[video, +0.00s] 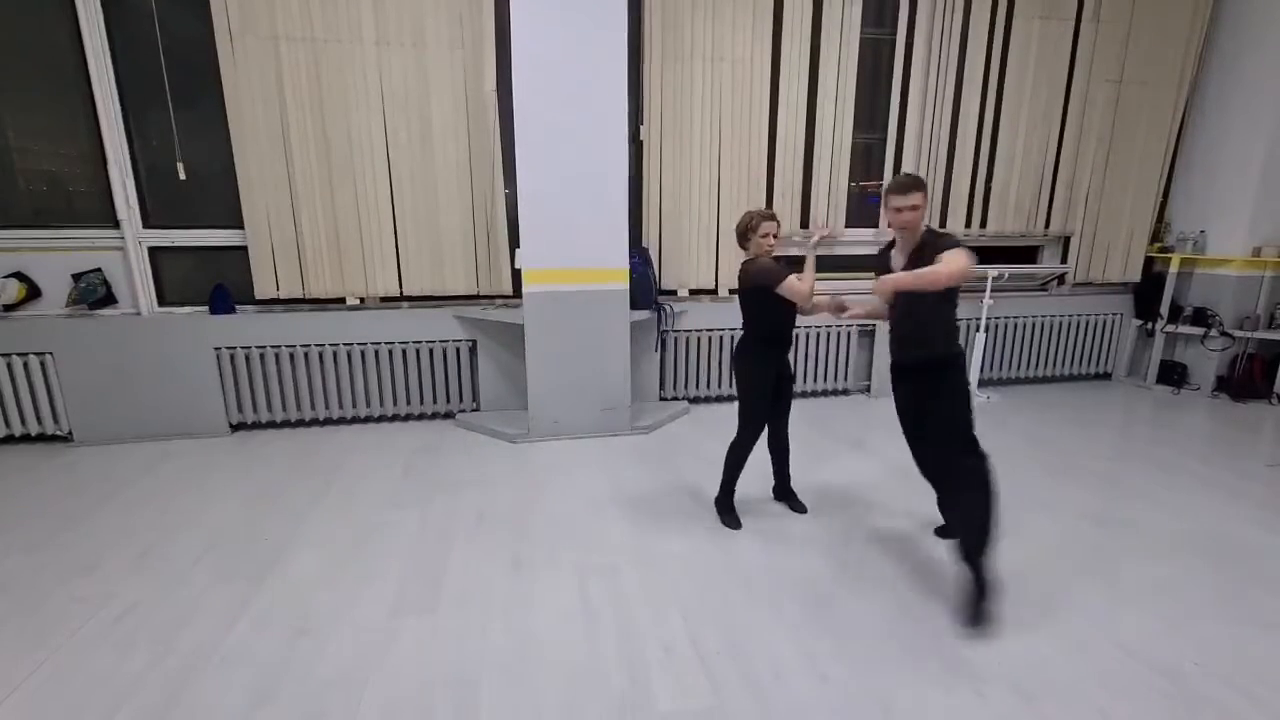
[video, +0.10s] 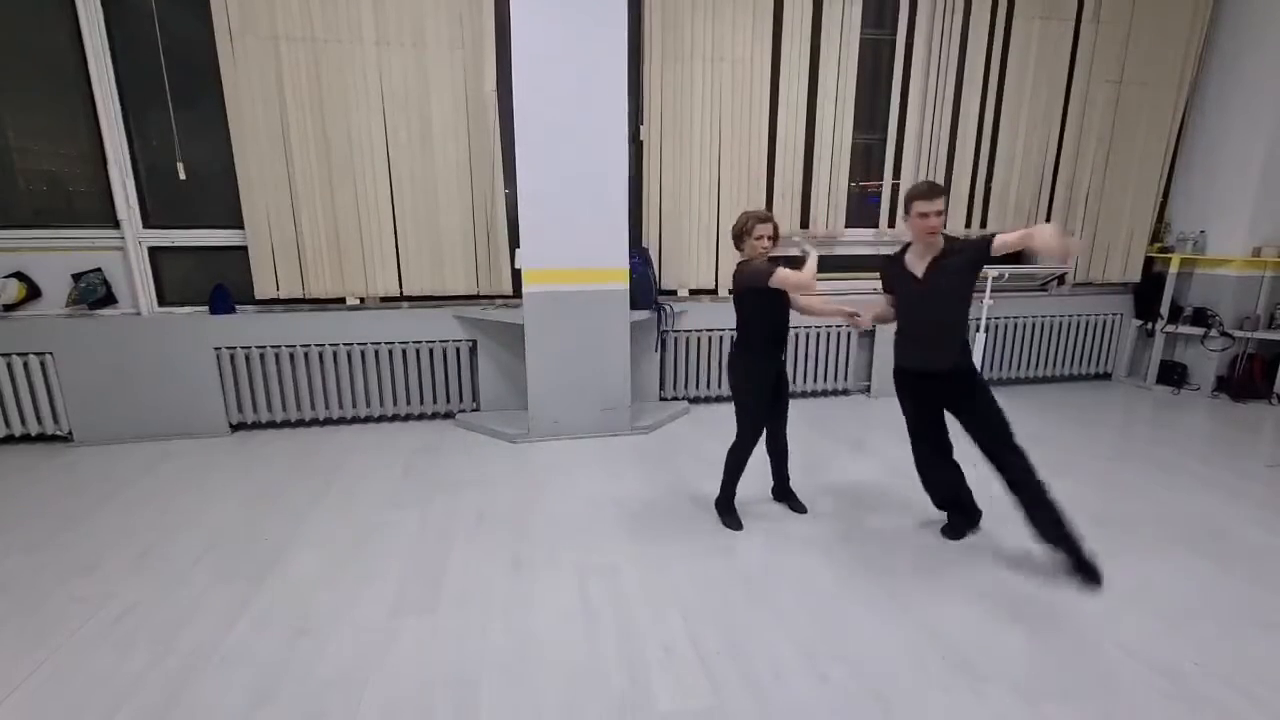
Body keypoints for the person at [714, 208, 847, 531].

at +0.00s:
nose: (772, 241)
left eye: (775, 236)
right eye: (765, 236)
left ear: (777, 237)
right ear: (748, 238)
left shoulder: (771, 267)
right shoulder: (757, 269)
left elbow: (798, 307)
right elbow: (805, 296)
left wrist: (829, 306)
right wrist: (812, 250)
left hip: (777, 360)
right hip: (754, 361)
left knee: (779, 429)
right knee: (749, 432)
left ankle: (783, 487)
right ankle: (724, 497)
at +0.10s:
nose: (767, 244)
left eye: (770, 238)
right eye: (759, 238)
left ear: (774, 240)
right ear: (742, 240)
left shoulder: (770, 273)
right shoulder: (747, 272)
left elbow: (803, 305)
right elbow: (807, 283)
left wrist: (845, 312)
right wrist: (813, 253)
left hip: (772, 364)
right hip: (748, 365)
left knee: (777, 431)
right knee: (749, 435)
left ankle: (781, 487)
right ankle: (725, 500)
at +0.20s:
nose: (762, 245)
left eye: (766, 238)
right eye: (755, 239)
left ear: (770, 238)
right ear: (737, 240)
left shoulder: (776, 273)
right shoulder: (729, 270)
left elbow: (818, 298)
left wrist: (864, 310)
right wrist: (799, 259)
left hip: (769, 361)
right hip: (738, 363)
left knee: (783, 427)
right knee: (741, 432)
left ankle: (777, 488)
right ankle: (724, 500)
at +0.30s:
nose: (760, 246)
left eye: (764, 239)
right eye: (752, 239)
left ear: (769, 241)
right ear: (735, 242)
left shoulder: (778, 273)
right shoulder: (724, 272)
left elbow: (826, 292)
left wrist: (871, 297)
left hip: (767, 363)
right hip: (731, 364)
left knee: (788, 429)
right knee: (734, 432)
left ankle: (765, 481)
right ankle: (724, 500)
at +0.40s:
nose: (764, 246)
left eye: (767, 239)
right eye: (757, 240)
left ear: (770, 240)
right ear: (737, 242)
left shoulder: (779, 272)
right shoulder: (722, 270)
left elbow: (827, 287)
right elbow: (692, 237)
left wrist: (874, 291)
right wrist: (731, 244)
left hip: (767, 364)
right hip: (728, 365)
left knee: (776, 433)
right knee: (731, 433)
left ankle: (752, 489)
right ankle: (725, 499)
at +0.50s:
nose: (761, 245)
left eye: (767, 239)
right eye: (754, 239)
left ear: (772, 241)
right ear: (739, 240)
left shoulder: (779, 273)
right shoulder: (723, 269)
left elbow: (823, 286)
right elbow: (690, 237)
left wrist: (868, 288)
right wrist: (722, 242)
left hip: (768, 368)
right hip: (729, 367)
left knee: (759, 440)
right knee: (730, 437)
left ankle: (745, 492)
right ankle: (726, 497)